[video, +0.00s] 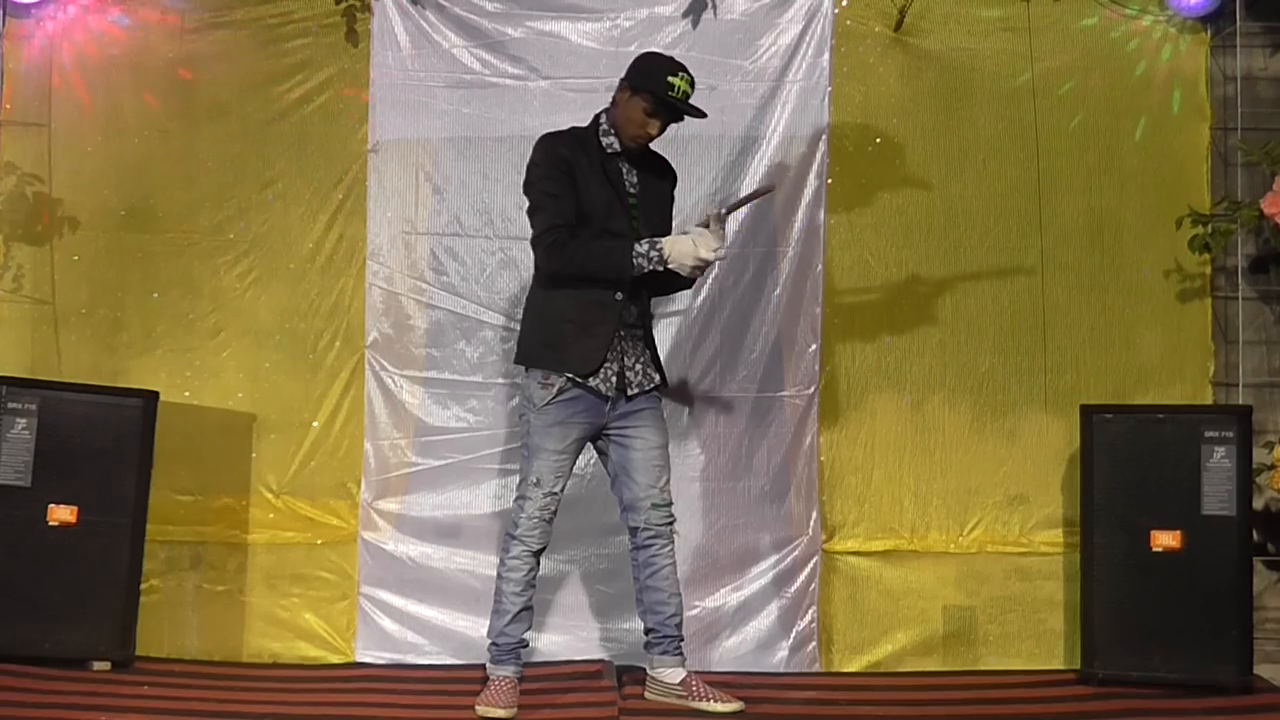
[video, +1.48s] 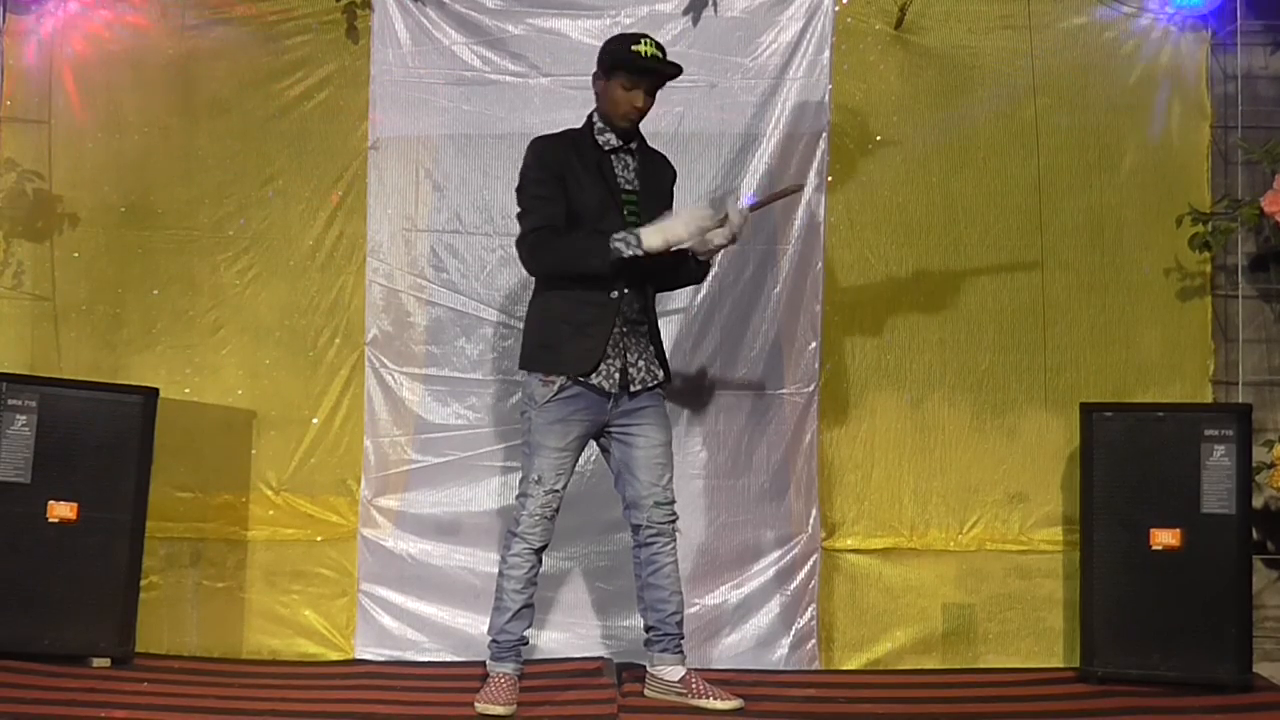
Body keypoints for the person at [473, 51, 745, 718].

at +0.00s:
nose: (660, 127)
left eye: (669, 119)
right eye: (655, 112)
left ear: (669, 119)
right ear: (623, 94)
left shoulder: (659, 177)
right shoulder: (558, 151)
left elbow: (643, 281)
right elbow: (555, 254)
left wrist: (689, 264)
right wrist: (653, 253)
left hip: (635, 373)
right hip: (561, 372)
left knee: (653, 520)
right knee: (532, 524)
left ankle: (667, 673)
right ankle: (502, 673)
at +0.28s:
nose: (661, 127)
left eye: (672, 120)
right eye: (657, 111)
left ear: (673, 120)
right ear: (627, 91)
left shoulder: (657, 174)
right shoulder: (553, 153)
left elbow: (644, 278)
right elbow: (545, 256)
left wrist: (700, 255)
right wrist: (645, 253)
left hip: (640, 377)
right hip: (566, 375)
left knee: (655, 519)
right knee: (533, 522)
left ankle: (667, 672)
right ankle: (503, 671)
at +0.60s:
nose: (658, 124)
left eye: (668, 117)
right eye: (653, 109)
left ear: (671, 118)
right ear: (624, 90)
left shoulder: (658, 174)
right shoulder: (555, 149)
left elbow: (639, 278)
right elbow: (551, 254)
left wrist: (689, 260)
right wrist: (653, 251)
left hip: (634, 373)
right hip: (559, 371)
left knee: (652, 518)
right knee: (532, 520)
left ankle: (666, 670)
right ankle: (502, 670)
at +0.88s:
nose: (648, 115)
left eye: (658, 106)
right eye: (642, 99)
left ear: (662, 111)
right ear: (612, 87)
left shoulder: (652, 166)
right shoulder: (545, 153)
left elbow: (642, 271)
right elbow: (544, 258)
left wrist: (692, 250)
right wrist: (644, 249)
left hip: (638, 374)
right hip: (562, 374)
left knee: (654, 518)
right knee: (533, 522)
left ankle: (666, 670)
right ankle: (503, 669)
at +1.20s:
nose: (631, 90)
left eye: (647, 84)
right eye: (623, 76)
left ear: (662, 98)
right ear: (606, 80)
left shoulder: (662, 171)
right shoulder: (558, 150)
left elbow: (642, 279)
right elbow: (556, 254)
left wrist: (692, 260)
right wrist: (659, 249)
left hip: (638, 370)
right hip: (564, 368)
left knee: (656, 518)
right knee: (534, 518)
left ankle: (666, 670)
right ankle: (503, 668)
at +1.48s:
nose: (641, 97)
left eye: (650, 88)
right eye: (630, 83)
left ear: (657, 95)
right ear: (600, 82)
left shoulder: (658, 171)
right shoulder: (551, 154)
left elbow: (645, 274)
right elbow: (539, 254)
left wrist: (701, 253)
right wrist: (636, 240)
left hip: (640, 374)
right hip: (565, 372)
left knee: (656, 519)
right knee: (534, 520)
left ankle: (667, 669)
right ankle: (503, 668)